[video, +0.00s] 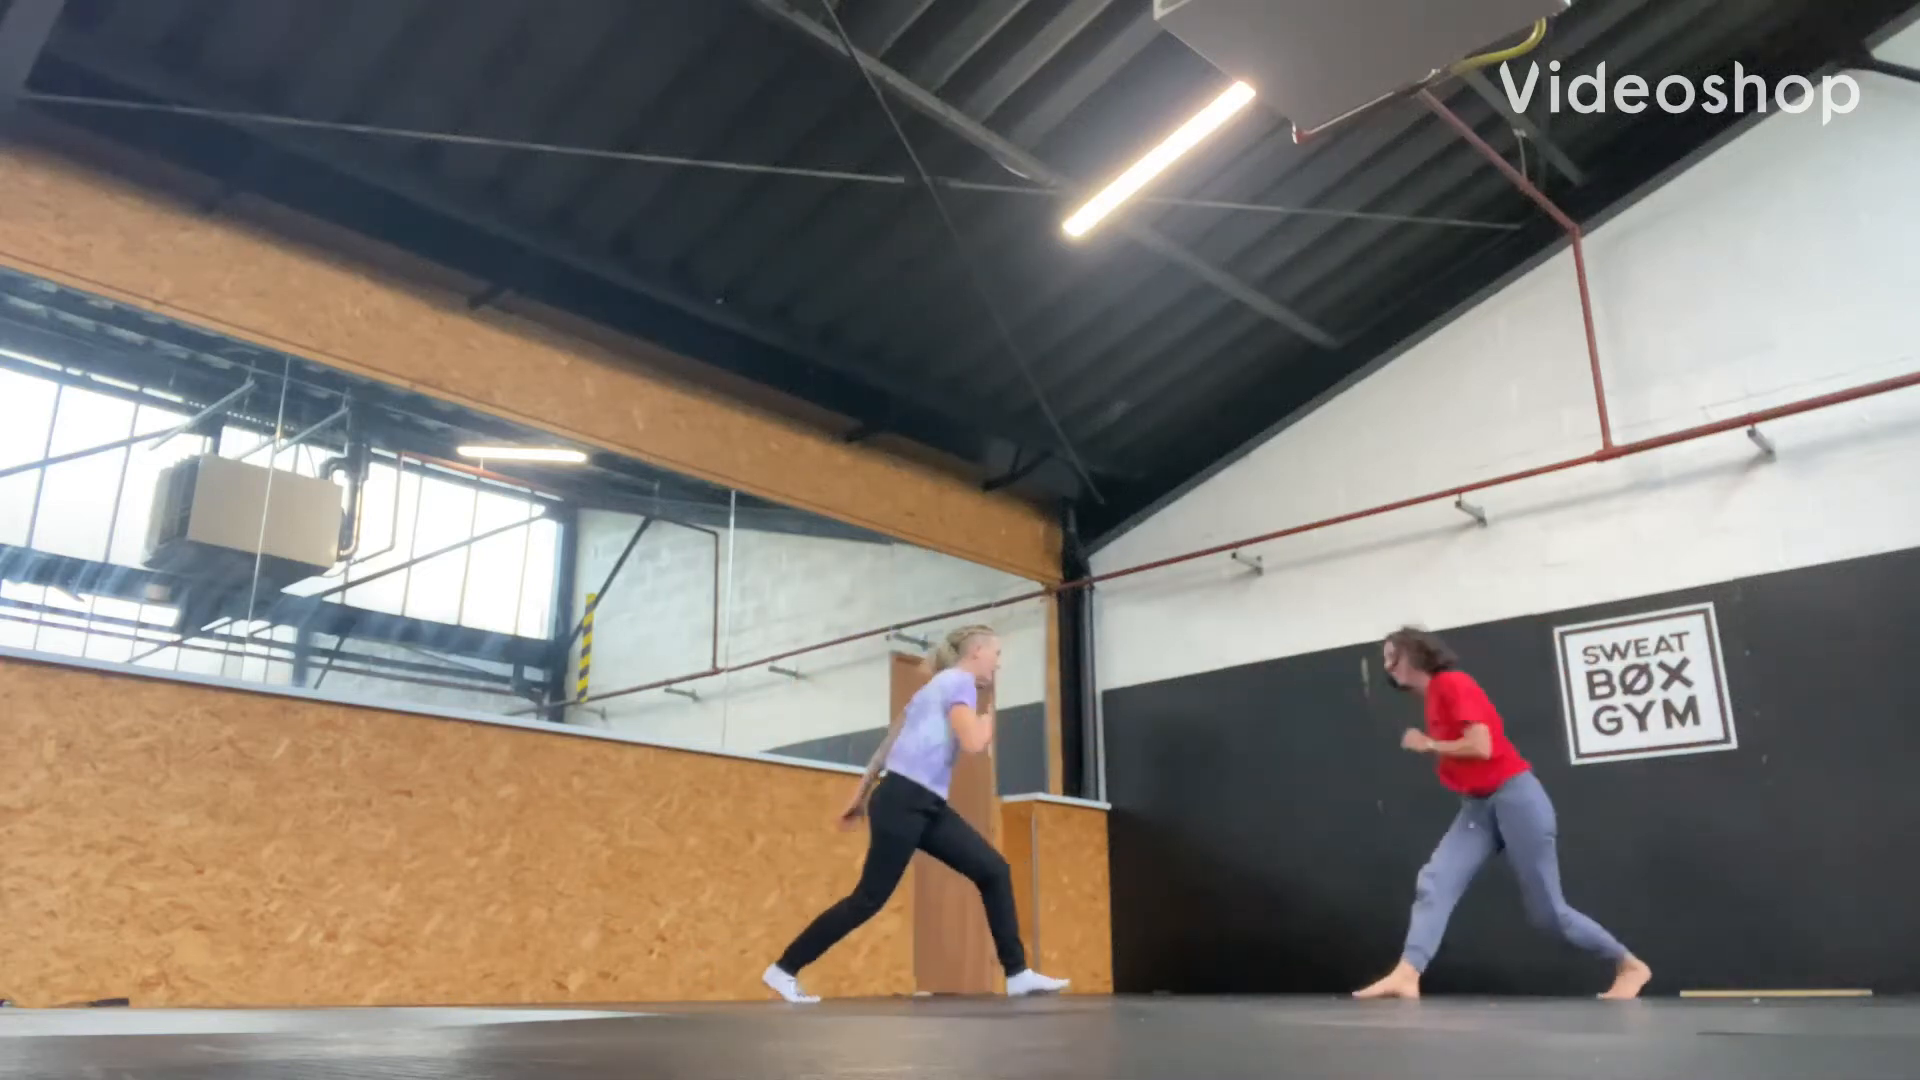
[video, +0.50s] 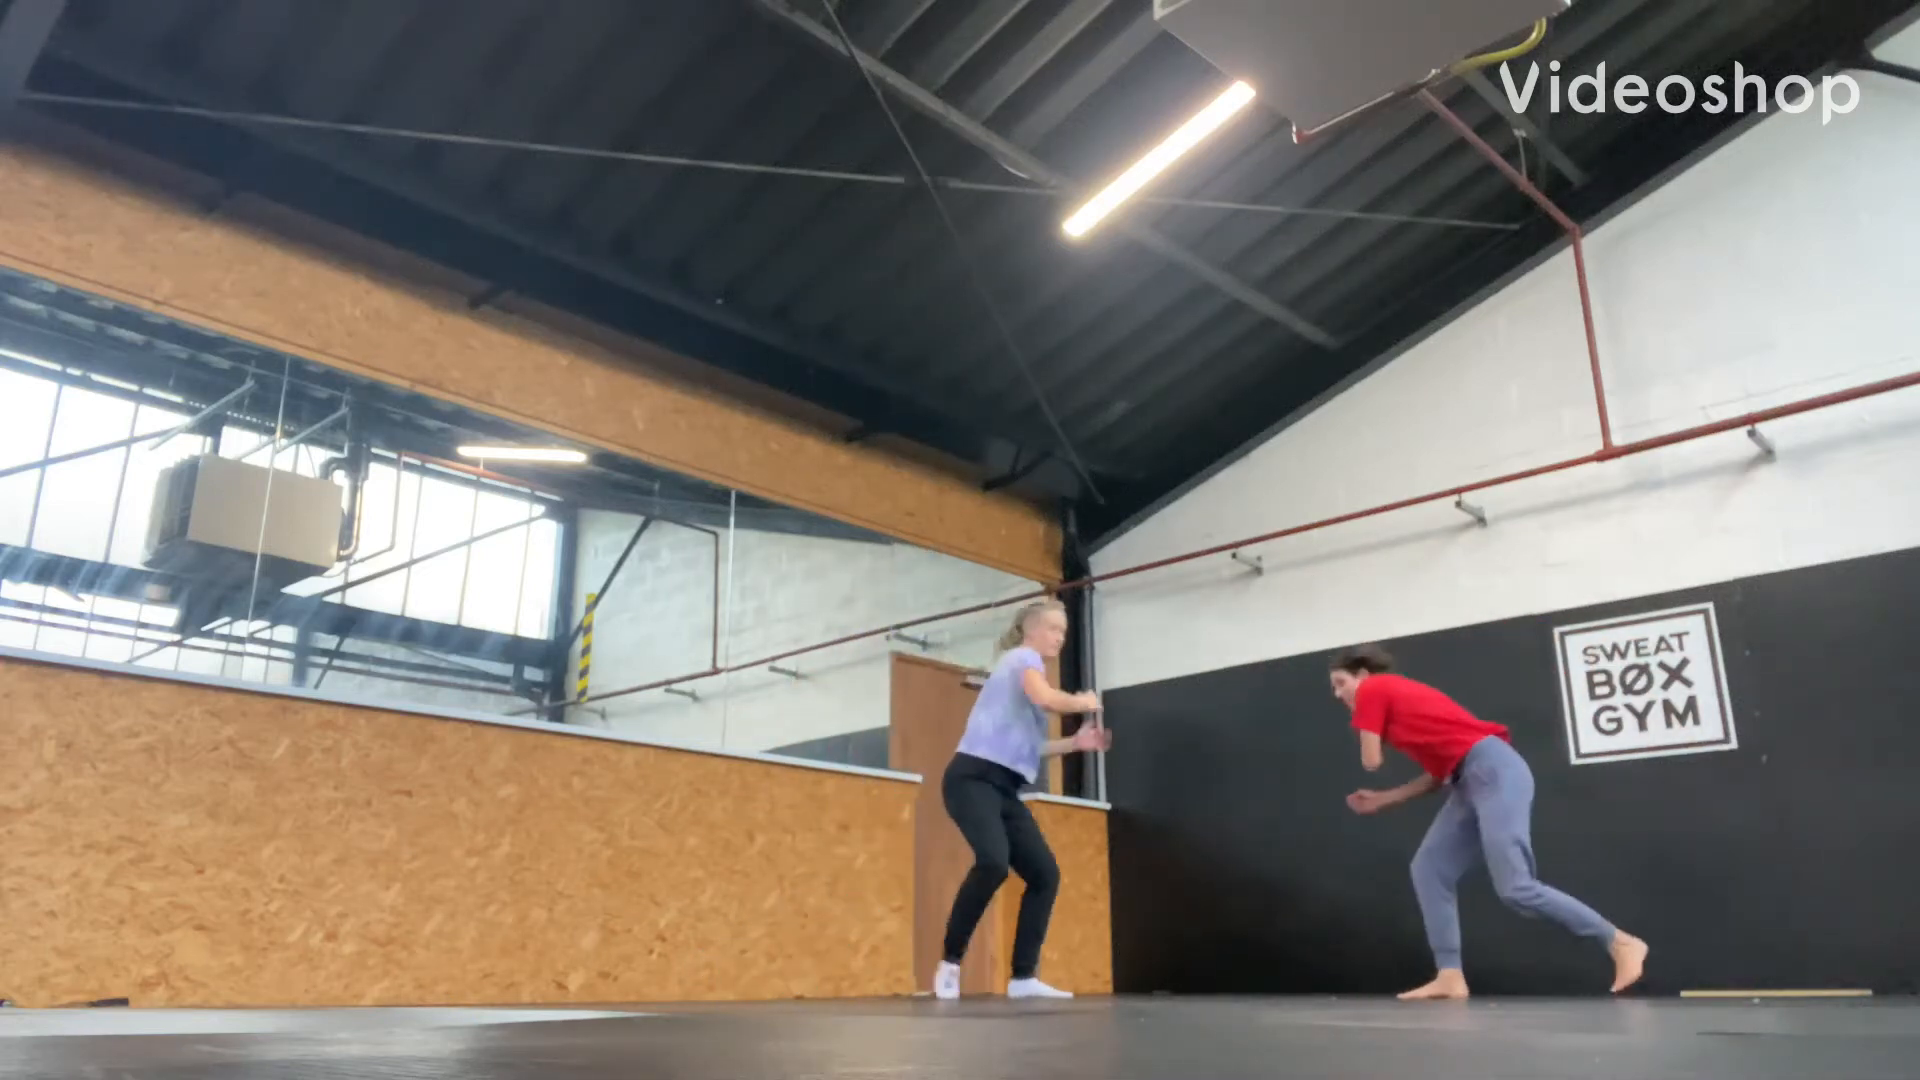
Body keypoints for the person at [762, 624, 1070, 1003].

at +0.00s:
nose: (998, 662)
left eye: (998, 654)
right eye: (994, 653)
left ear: (968, 655)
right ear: (973, 652)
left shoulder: (936, 687)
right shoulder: (957, 681)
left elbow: (890, 743)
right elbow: (974, 739)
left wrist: (861, 794)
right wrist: (988, 703)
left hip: (925, 807)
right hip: (903, 800)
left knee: (993, 870)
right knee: (869, 897)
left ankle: (1017, 974)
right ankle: (783, 970)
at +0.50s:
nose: (1059, 638)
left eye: (1063, 631)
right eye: (1053, 629)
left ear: (1058, 636)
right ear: (1028, 629)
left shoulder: (1025, 678)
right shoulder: (1022, 657)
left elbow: (1024, 748)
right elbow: (1043, 697)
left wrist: (1076, 743)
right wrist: (1080, 702)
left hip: (1004, 791)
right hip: (972, 780)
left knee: (1044, 875)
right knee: (993, 863)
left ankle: (1023, 979)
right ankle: (950, 962)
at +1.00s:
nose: (1018, 590)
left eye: (1013, 584)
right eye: (1016, 584)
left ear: (976, 593)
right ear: (1012, 587)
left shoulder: (969, 637)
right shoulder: (1041, 619)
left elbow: (905, 661)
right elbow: (1105, 635)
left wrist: (891, 616)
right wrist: (1109, 588)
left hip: (1025, 755)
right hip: (1073, 747)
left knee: (1035, 872)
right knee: (1029, 861)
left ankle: (1078, 975)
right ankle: (1010, 962)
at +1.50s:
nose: (1057, 614)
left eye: (1061, 607)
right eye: (1056, 604)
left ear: (1039, 600)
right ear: (1038, 594)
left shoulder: (996, 635)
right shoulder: (1008, 610)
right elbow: (1055, 626)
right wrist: (1098, 595)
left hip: (989, 758)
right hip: (997, 719)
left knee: (1057, 854)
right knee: (1085, 692)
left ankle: (1049, 976)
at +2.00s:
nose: (1036, 605)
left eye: (1038, 597)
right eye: (1035, 594)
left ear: (1004, 587)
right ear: (1022, 588)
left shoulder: (996, 633)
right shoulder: (987, 613)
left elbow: (973, 717)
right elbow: (1020, 647)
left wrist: (1001, 765)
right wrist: (1073, 625)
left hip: (977, 762)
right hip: (945, 751)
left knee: (1048, 848)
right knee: (970, 849)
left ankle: (1000, 960)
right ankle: (912, 978)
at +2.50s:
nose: (942, 607)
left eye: (942, 600)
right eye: (941, 601)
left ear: (952, 594)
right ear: (984, 587)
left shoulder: (960, 616)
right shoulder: (1018, 613)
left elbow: (966, 688)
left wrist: (943, 724)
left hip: (1010, 729)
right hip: (1062, 731)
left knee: (952, 836)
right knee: (1026, 859)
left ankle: (935, 909)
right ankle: (1048, 975)